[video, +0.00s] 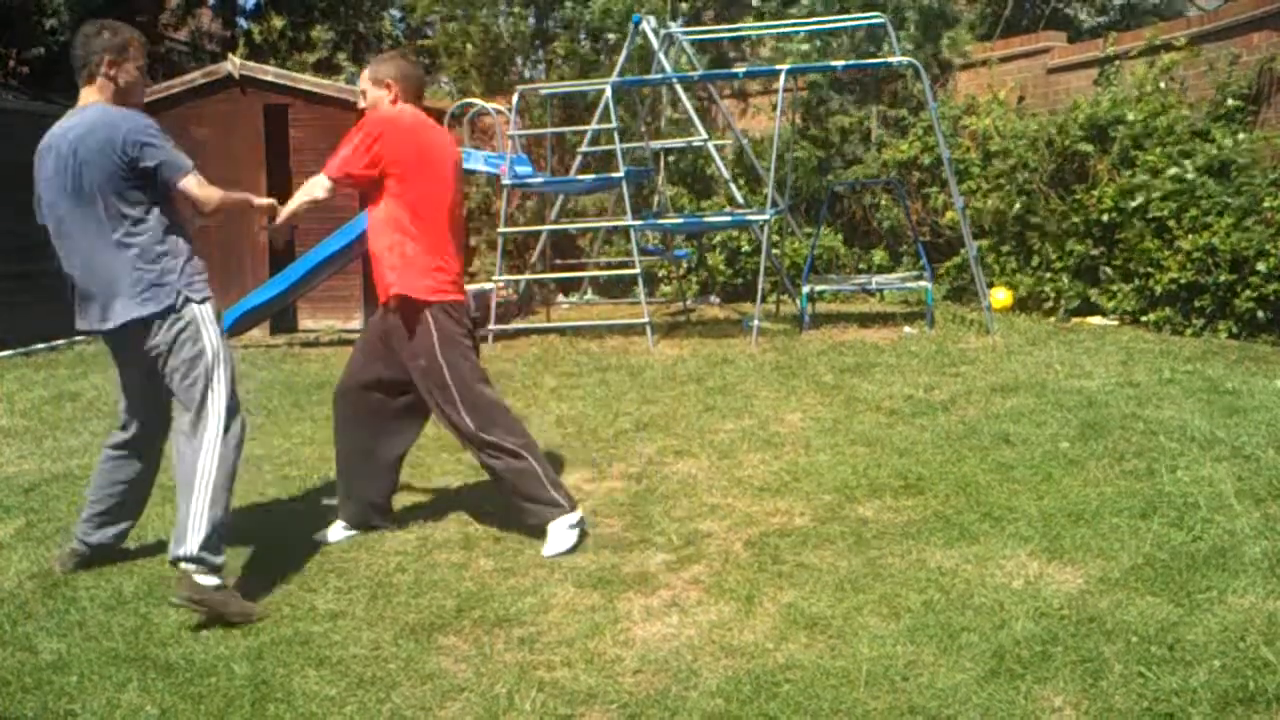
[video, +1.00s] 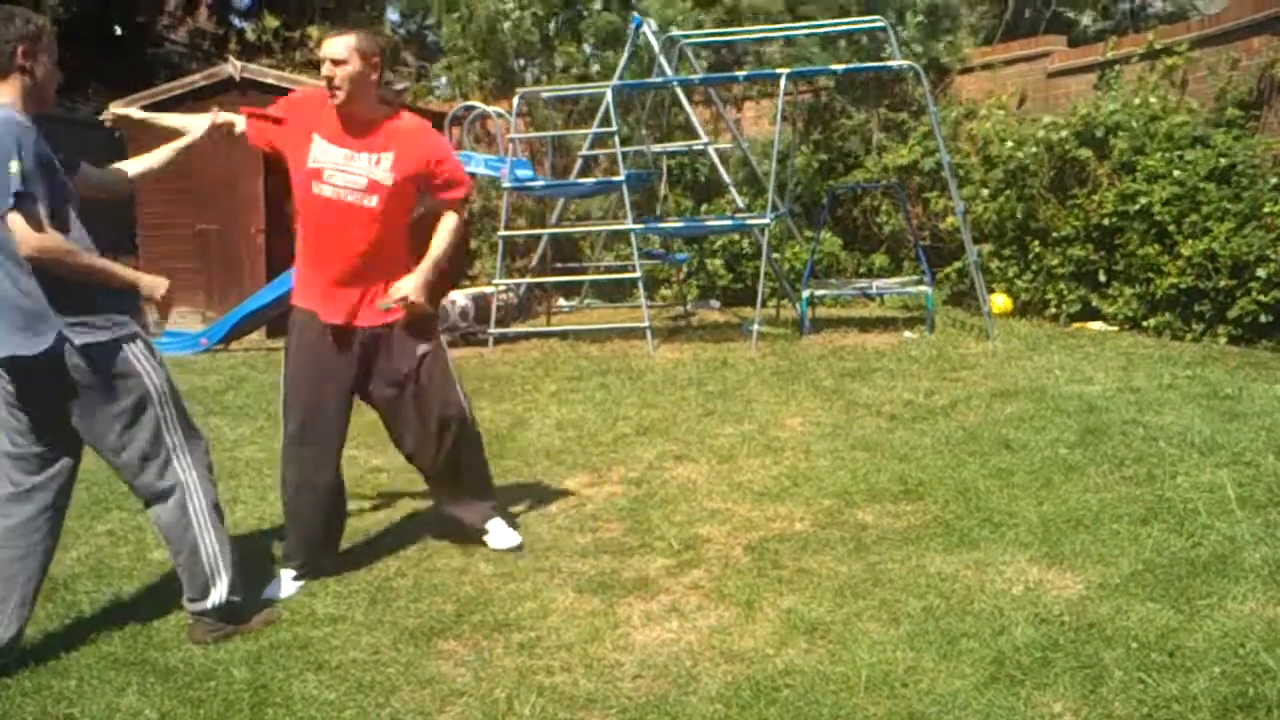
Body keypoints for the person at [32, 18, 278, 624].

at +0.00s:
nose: (145, 80)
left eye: (144, 69)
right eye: (140, 69)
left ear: (91, 72)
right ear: (110, 69)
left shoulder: (48, 146)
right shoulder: (127, 125)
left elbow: (70, 233)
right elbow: (206, 198)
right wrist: (254, 201)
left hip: (109, 309)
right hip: (168, 297)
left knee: (142, 418)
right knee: (215, 416)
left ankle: (93, 540)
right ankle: (199, 564)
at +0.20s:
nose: (159, 81)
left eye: (157, 69)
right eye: (154, 70)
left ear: (105, 78)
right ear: (128, 75)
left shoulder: (79, 144)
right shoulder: (122, 142)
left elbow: (193, 186)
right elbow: (146, 238)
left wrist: (250, 133)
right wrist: (206, 279)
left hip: (98, 323)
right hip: (144, 323)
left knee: (112, 429)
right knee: (229, 452)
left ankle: (56, 551)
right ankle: (196, 598)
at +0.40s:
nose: (129, 80)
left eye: (126, 68)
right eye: (124, 68)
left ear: (72, 74)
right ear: (98, 69)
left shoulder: (45, 144)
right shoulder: (90, 139)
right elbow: (145, 224)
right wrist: (242, 195)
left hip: (80, 337)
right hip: (136, 332)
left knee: (90, 472)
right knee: (223, 465)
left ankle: (7, 585)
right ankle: (195, 603)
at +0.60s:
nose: (89, 85)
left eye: (85, 73)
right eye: (83, 74)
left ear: (24, 81)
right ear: (56, 76)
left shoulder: (4, 143)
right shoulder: (82, 140)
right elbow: (200, 172)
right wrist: (271, 121)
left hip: (23, 355)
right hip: (102, 345)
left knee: (7, 509)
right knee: (212, 457)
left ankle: (1, 638)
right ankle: (202, 596)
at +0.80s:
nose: (66, 70)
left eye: (63, 59)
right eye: (60, 60)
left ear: (7, 63)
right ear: (37, 57)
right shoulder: (59, 121)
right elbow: (161, 178)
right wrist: (238, 191)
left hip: (13, 337)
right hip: (90, 325)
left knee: (15, 489)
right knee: (167, 451)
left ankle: (1, 628)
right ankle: (216, 594)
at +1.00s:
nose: (58, 72)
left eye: (55, 59)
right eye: (52, 59)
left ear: (14, 63)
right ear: (24, 59)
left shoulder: (21, 133)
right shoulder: (13, 132)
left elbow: (108, 179)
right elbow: (29, 243)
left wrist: (194, 134)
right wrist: (135, 278)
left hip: (26, 340)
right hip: (84, 334)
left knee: (23, 495)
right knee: (171, 453)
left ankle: (2, 634)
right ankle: (217, 600)